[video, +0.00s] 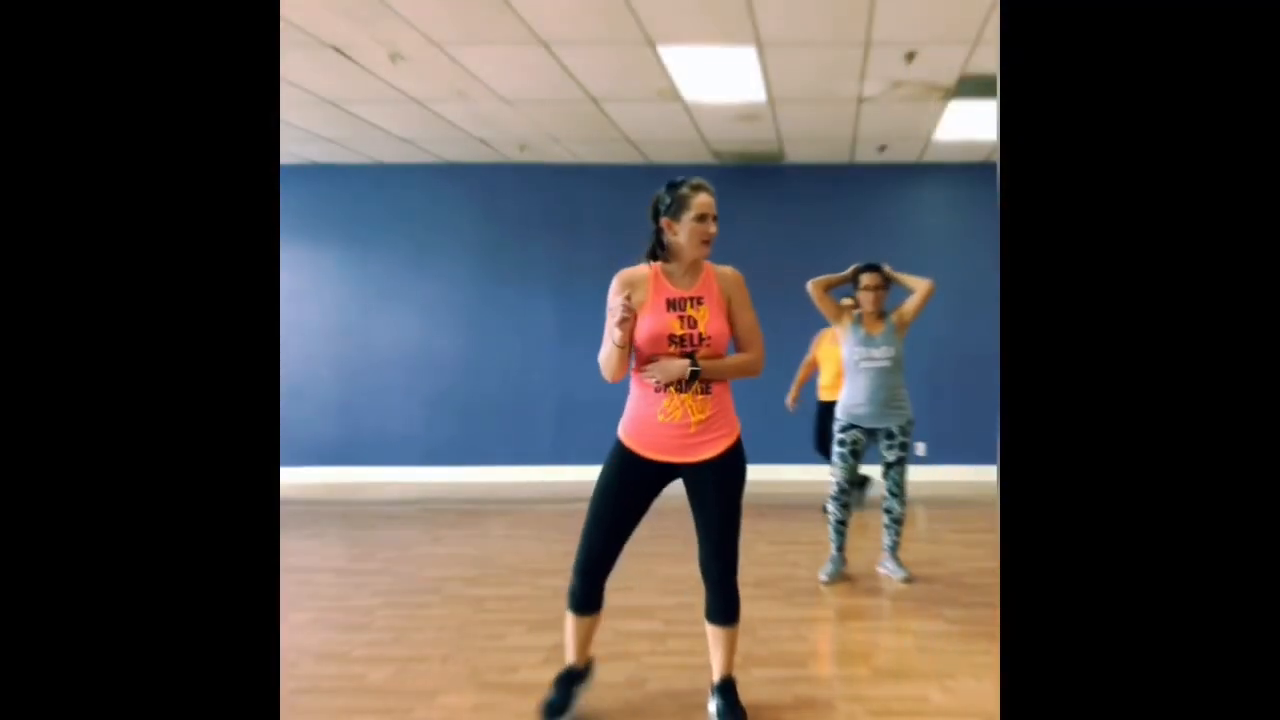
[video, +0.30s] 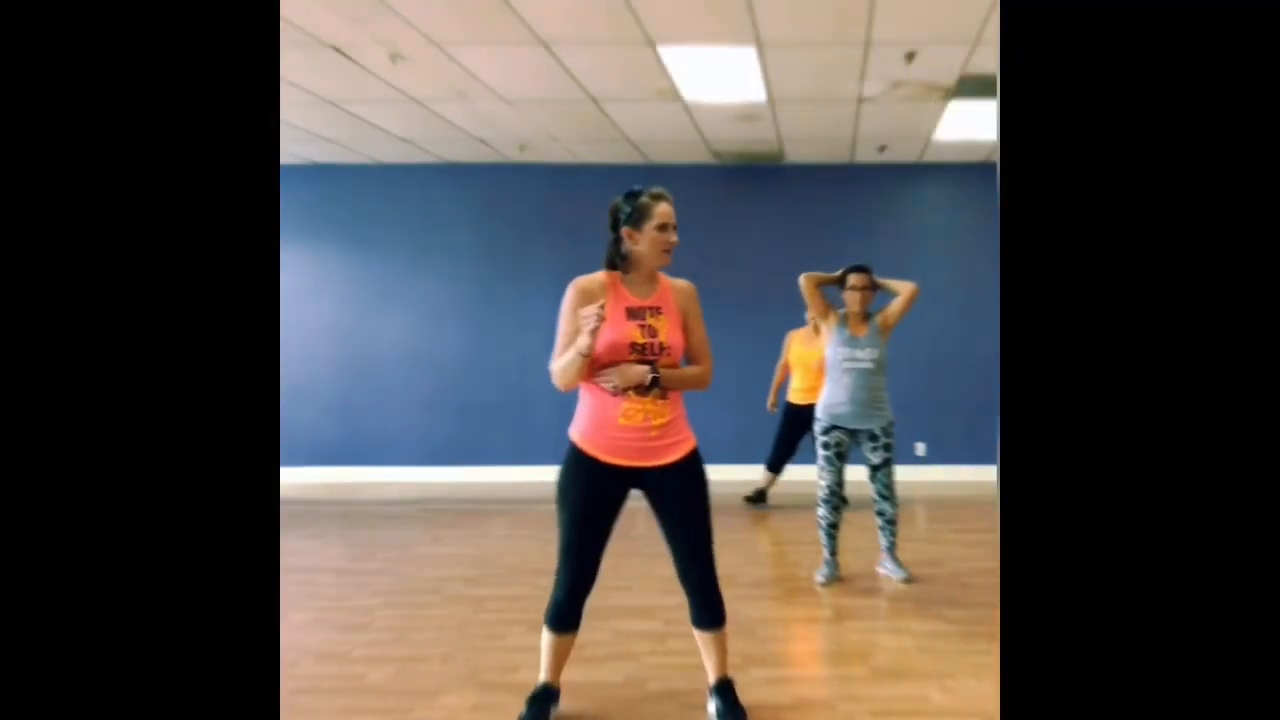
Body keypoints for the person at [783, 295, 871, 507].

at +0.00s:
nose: (847, 313)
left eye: (852, 309)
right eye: (843, 308)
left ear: (859, 311)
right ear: (836, 311)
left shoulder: (862, 335)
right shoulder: (826, 335)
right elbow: (809, 363)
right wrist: (795, 390)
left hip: (852, 397)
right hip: (828, 396)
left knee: (847, 450)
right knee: (823, 445)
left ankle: (840, 497)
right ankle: (856, 480)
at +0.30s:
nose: (814, 318)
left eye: (818, 314)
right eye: (811, 313)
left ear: (825, 317)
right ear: (806, 315)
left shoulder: (830, 338)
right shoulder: (794, 336)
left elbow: (837, 369)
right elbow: (783, 365)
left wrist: (836, 397)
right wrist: (773, 393)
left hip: (822, 402)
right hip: (796, 402)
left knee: (830, 451)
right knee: (782, 446)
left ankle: (835, 494)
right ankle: (763, 488)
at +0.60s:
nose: (785, 311)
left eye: (790, 307)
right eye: (782, 306)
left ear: (797, 312)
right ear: (776, 310)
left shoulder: (803, 336)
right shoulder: (762, 333)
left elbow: (813, 370)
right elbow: (750, 360)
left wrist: (798, 361)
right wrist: (738, 383)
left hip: (792, 397)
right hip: (762, 396)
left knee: (796, 446)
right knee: (760, 446)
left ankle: (818, 482)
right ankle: (754, 492)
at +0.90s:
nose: (773, 309)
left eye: (777, 305)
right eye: (769, 304)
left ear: (785, 309)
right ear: (763, 308)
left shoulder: (794, 333)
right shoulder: (751, 333)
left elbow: (805, 366)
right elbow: (740, 358)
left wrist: (791, 361)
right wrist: (730, 373)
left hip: (781, 396)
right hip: (753, 395)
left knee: (776, 447)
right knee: (756, 446)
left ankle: (772, 494)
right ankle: (753, 492)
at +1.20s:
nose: (777, 309)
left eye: (782, 305)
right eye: (774, 305)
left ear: (789, 310)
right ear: (767, 310)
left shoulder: (799, 335)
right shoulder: (754, 335)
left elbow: (812, 364)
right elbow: (738, 358)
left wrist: (800, 365)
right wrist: (729, 376)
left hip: (790, 398)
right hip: (760, 398)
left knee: (801, 449)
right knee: (761, 449)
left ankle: (812, 492)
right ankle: (754, 493)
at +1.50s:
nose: (798, 310)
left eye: (803, 306)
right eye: (795, 306)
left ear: (810, 311)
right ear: (788, 311)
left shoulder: (822, 335)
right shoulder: (777, 338)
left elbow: (836, 361)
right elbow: (769, 369)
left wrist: (836, 374)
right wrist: (768, 396)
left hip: (815, 400)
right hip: (785, 401)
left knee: (817, 453)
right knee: (773, 451)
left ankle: (823, 495)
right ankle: (757, 494)